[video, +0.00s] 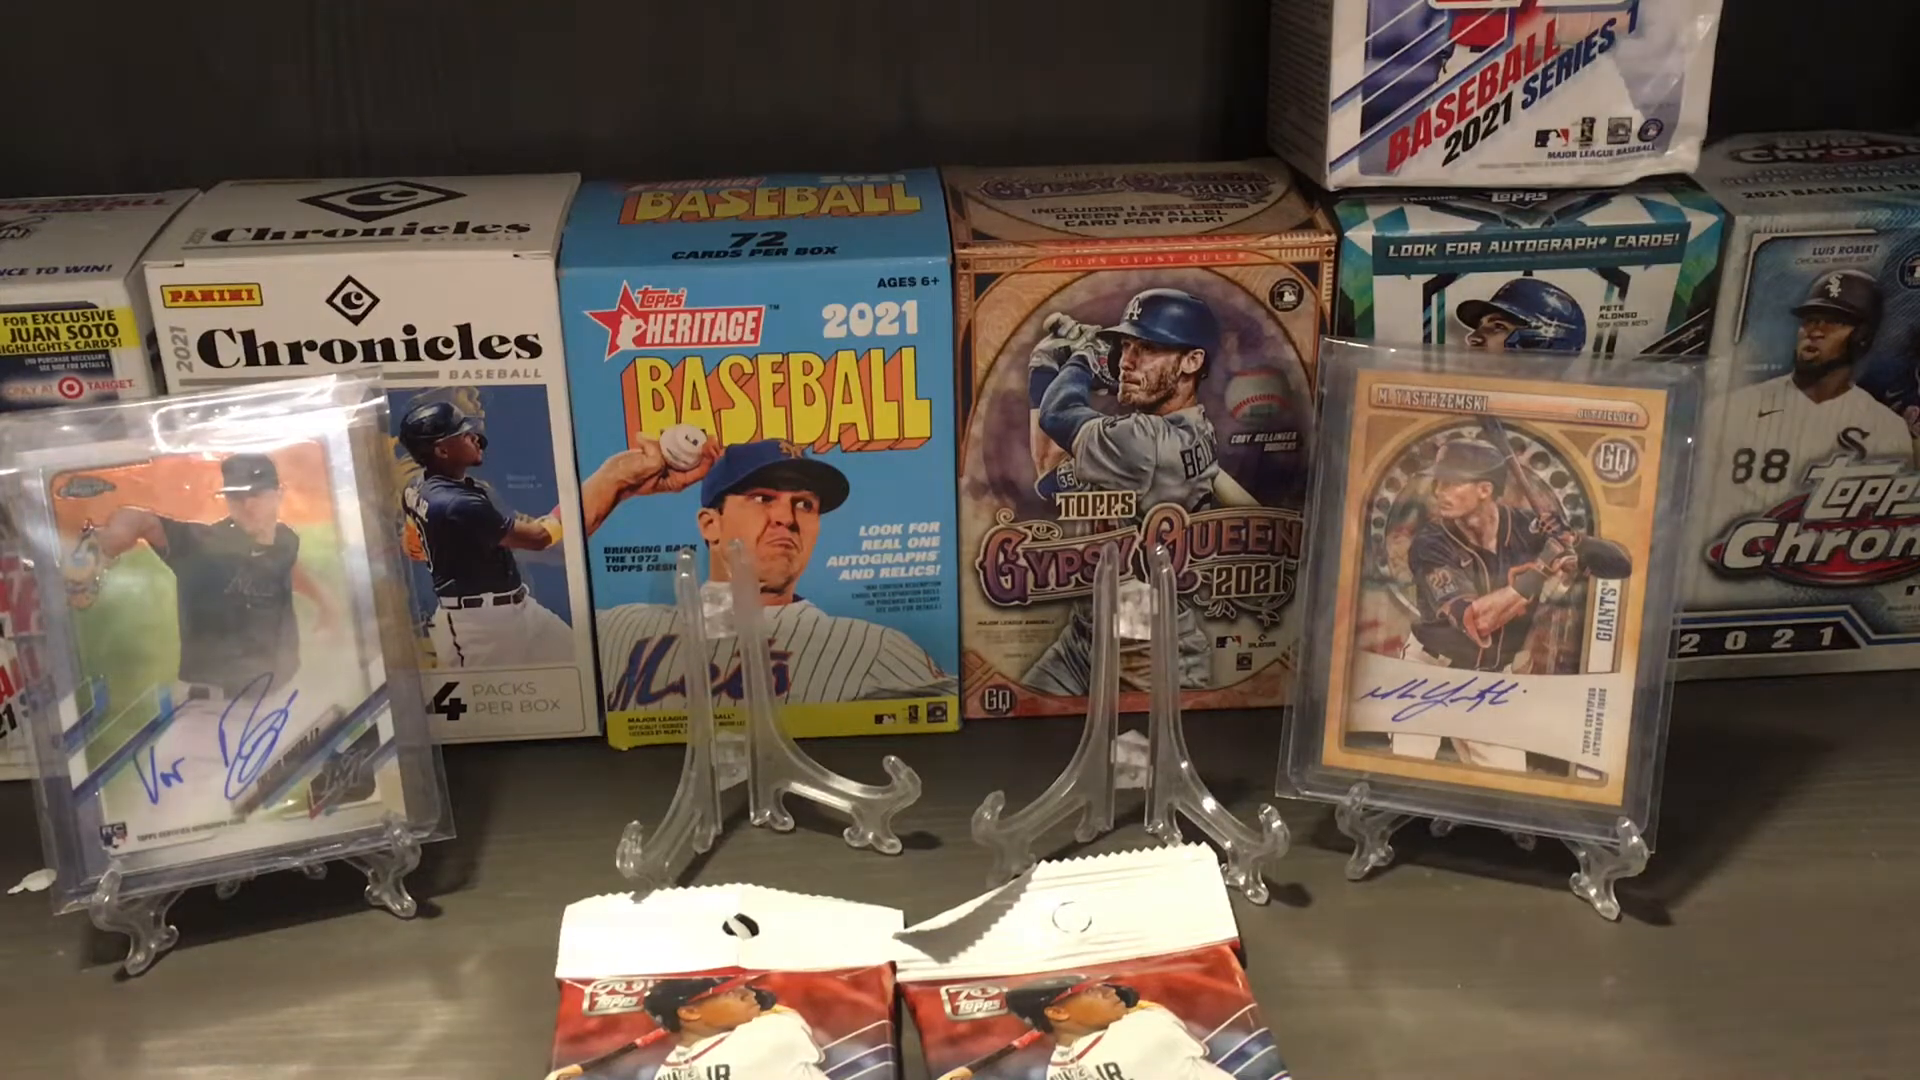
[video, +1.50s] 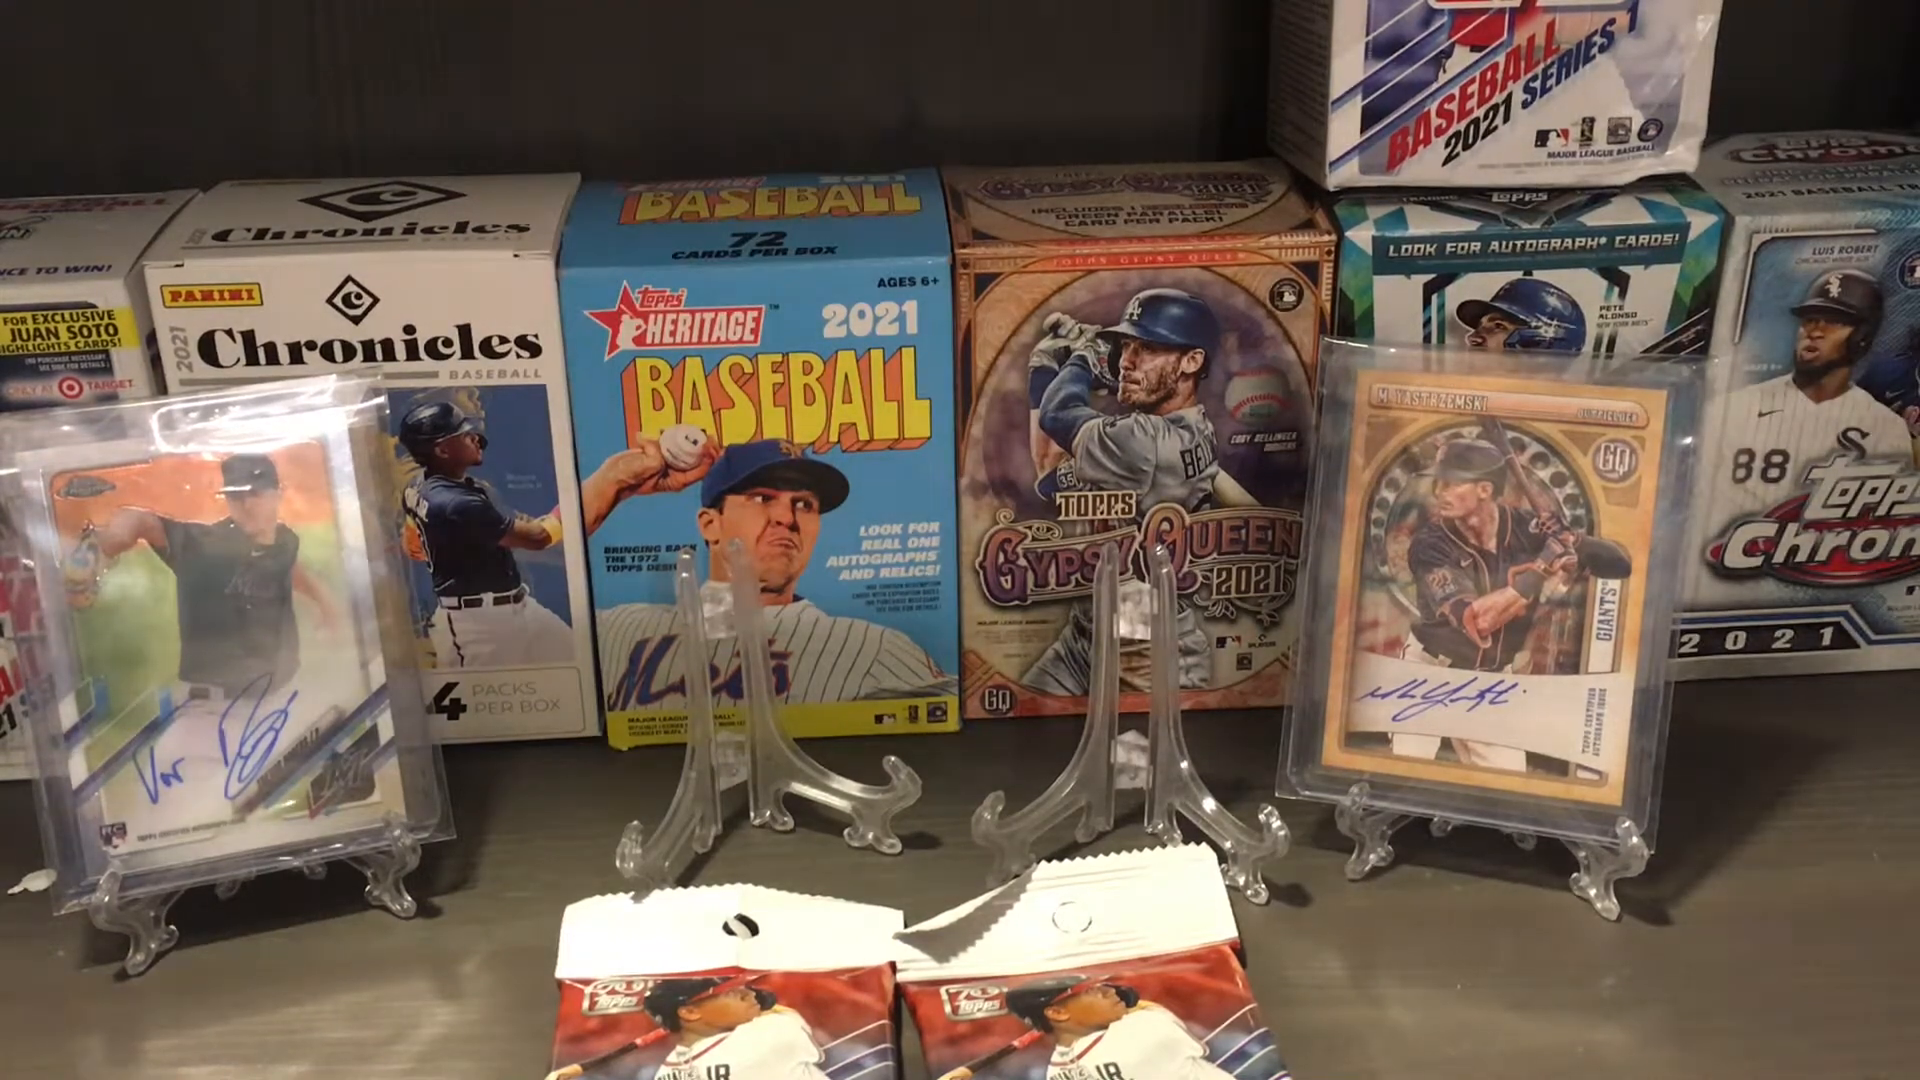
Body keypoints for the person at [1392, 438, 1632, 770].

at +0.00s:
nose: (1439, 492)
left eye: (1452, 484)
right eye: (1438, 483)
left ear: (1484, 491)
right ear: (1434, 485)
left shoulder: (1527, 528)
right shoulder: (1430, 540)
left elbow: (1622, 564)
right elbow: (1472, 621)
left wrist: (1575, 550)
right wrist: (1539, 571)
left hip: (1498, 674)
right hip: (1430, 667)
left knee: (1509, 786)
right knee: (1413, 768)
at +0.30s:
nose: (1439, 492)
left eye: (1452, 484)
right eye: (1439, 483)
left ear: (1484, 491)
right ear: (1435, 485)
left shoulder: (1528, 528)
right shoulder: (1431, 540)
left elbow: (1622, 563)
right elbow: (1472, 621)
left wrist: (1573, 548)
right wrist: (1537, 572)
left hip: (1497, 676)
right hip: (1429, 668)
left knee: (1509, 786)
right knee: (1413, 768)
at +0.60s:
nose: (1439, 493)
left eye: (1452, 485)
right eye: (1439, 484)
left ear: (1484, 491)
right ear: (1434, 485)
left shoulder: (1527, 528)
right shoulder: (1431, 540)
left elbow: (1621, 564)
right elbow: (1471, 621)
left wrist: (1572, 547)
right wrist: (1535, 575)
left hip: (1496, 676)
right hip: (1429, 667)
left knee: (1509, 787)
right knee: (1413, 770)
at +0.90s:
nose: (1439, 492)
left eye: (1451, 484)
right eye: (1438, 482)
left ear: (1484, 491)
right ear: (1434, 485)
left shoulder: (1527, 528)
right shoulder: (1430, 541)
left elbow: (1621, 564)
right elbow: (1472, 621)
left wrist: (1573, 545)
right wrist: (1537, 572)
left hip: (1495, 675)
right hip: (1429, 667)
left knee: (1508, 785)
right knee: (1413, 768)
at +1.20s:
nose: (1439, 492)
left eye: (1451, 485)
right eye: (1439, 483)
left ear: (1484, 491)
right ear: (1436, 485)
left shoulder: (1526, 529)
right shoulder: (1430, 540)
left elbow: (1622, 564)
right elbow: (1473, 622)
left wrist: (1574, 547)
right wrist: (1536, 576)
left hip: (1495, 677)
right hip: (1429, 669)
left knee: (1509, 788)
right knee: (1411, 772)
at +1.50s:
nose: (1439, 492)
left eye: (1451, 484)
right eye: (1439, 483)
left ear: (1484, 491)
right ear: (1436, 485)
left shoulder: (1527, 529)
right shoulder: (1430, 540)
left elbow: (1621, 563)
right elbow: (1473, 622)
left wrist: (1574, 547)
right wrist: (1536, 576)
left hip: (1495, 677)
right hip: (1429, 669)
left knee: (1509, 787)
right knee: (1411, 772)